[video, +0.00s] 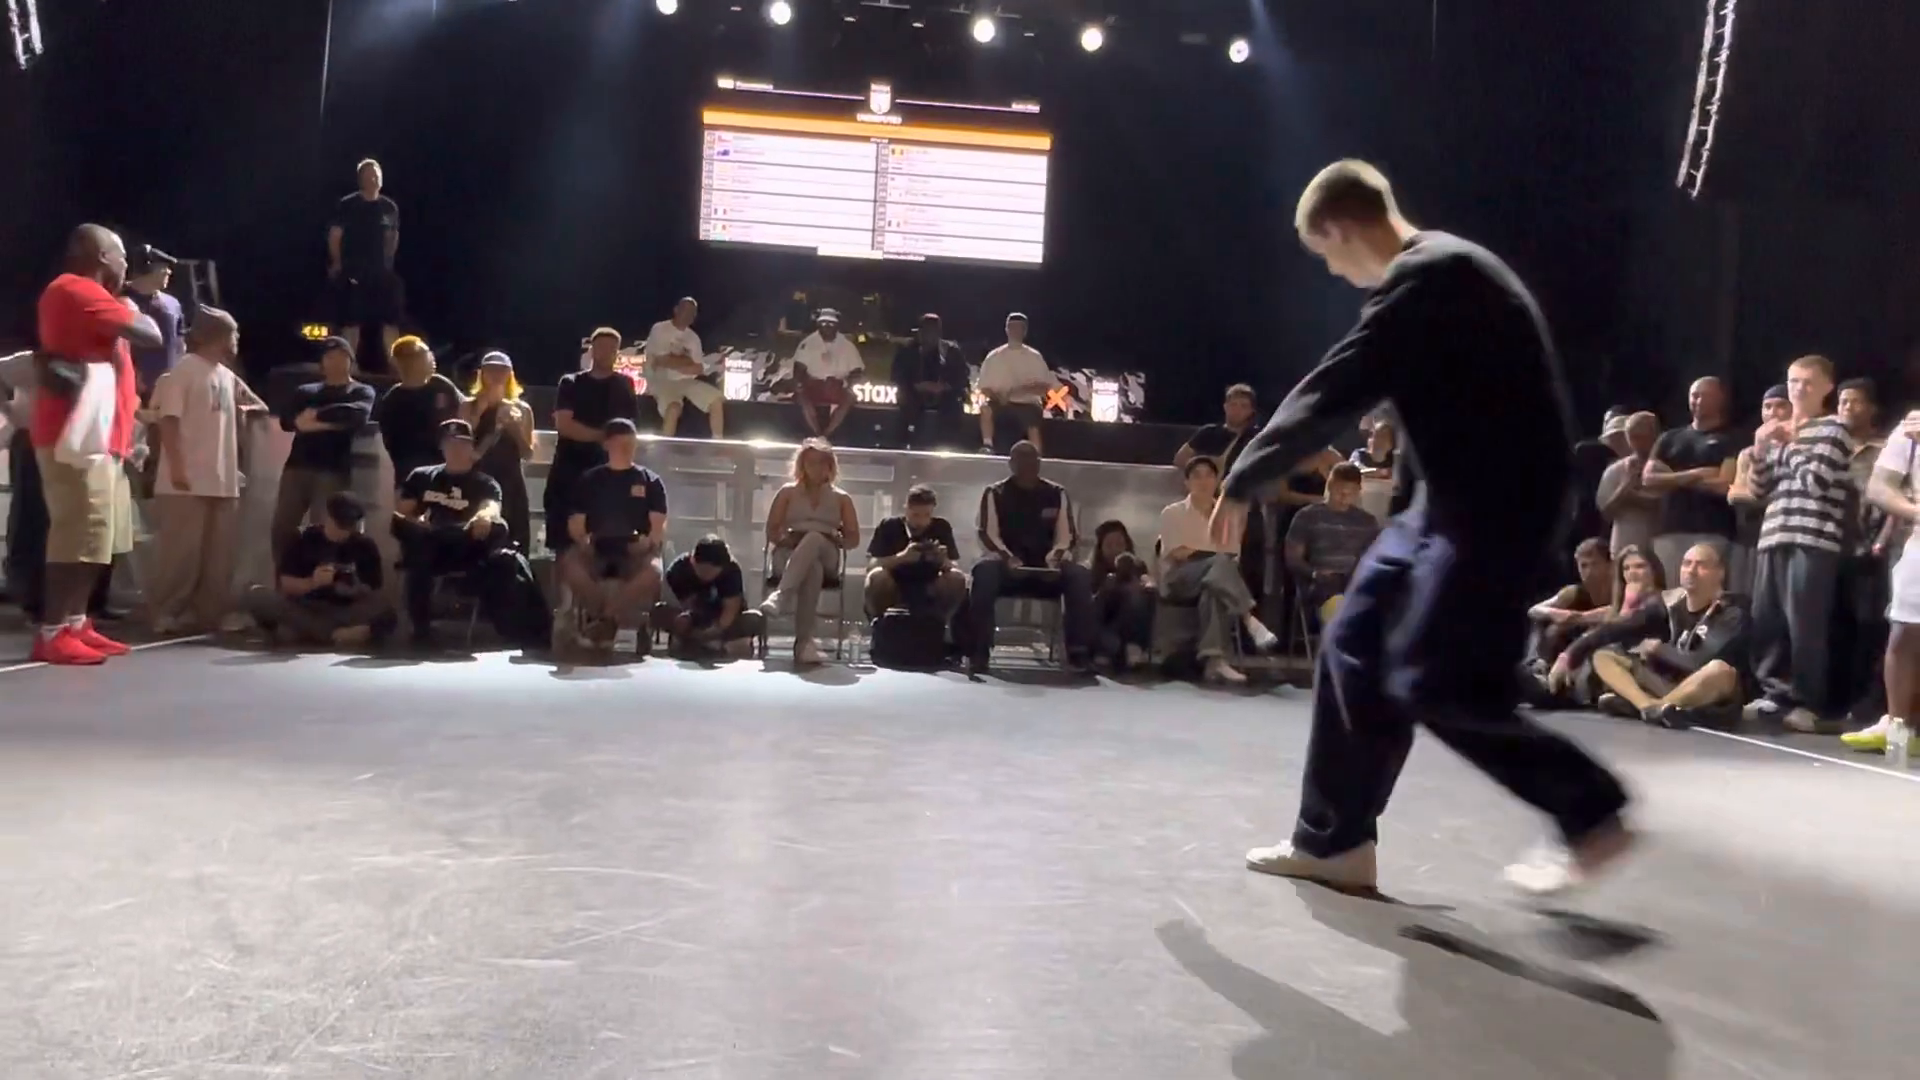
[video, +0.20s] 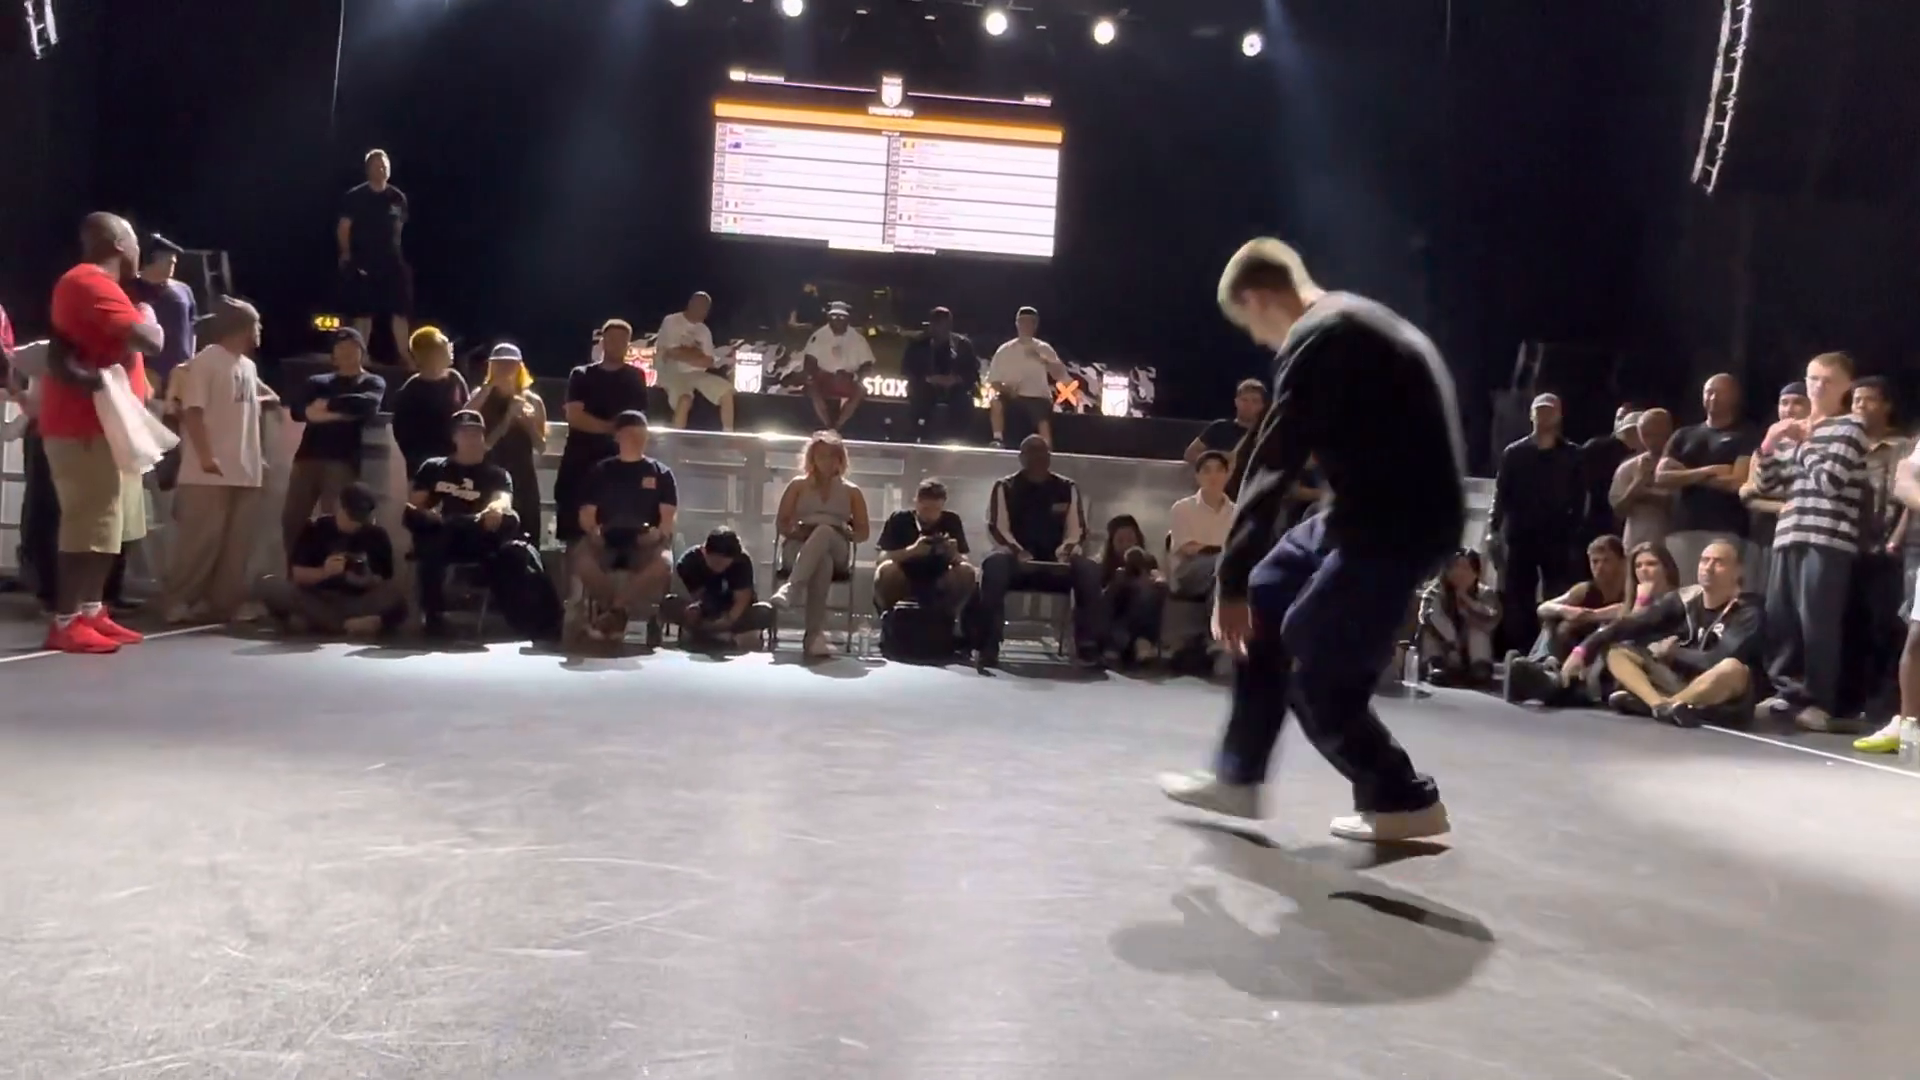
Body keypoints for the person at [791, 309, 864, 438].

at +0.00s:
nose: (827, 328)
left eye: (831, 325)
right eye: (824, 325)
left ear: (836, 327)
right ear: (819, 326)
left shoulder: (846, 345)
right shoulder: (808, 343)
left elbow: (857, 370)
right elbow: (799, 366)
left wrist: (847, 382)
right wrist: (800, 381)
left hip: (836, 384)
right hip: (813, 383)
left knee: (849, 398)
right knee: (802, 397)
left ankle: (827, 434)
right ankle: (817, 434)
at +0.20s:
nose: (837, 323)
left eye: (841, 319)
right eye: (834, 319)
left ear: (847, 320)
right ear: (829, 319)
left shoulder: (857, 338)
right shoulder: (819, 335)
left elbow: (867, 362)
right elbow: (809, 359)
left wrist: (859, 378)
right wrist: (812, 374)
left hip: (847, 377)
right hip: (824, 375)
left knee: (860, 391)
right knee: (812, 389)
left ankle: (837, 426)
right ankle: (828, 426)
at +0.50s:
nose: (852, 318)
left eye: (855, 314)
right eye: (849, 314)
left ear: (861, 312)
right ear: (843, 312)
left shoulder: (870, 329)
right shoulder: (833, 326)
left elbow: (881, 354)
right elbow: (822, 350)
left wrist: (871, 364)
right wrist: (831, 362)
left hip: (862, 368)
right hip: (838, 366)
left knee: (873, 382)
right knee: (825, 378)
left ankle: (850, 418)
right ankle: (840, 417)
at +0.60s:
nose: (855, 317)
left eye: (859, 314)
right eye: (852, 314)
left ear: (864, 312)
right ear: (846, 312)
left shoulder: (873, 326)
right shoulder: (836, 324)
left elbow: (886, 353)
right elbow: (825, 354)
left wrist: (869, 354)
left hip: (866, 369)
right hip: (841, 368)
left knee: (876, 381)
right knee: (828, 376)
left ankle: (854, 417)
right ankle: (844, 416)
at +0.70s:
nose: (857, 316)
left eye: (861, 313)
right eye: (854, 312)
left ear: (867, 310)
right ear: (848, 310)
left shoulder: (876, 325)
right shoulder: (839, 323)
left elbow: (887, 354)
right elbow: (827, 352)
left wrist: (871, 348)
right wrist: (850, 348)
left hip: (870, 368)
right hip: (844, 368)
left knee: (879, 379)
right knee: (831, 374)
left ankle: (856, 415)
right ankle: (846, 414)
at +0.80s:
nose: (860, 315)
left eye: (863, 311)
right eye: (856, 311)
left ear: (869, 309)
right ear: (850, 308)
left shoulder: (877, 323)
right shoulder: (841, 321)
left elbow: (888, 352)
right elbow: (829, 350)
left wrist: (873, 344)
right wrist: (851, 344)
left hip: (871, 367)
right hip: (845, 366)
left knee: (881, 377)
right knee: (833, 372)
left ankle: (858, 414)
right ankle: (848, 412)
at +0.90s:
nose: (862, 315)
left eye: (865, 312)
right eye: (858, 312)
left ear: (870, 309)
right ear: (852, 309)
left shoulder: (880, 323)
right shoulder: (842, 321)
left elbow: (891, 352)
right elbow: (831, 351)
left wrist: (877, 342)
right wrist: (853, 342)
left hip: (872, 367)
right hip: (847, 365)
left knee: (883, 377)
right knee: (834, 371)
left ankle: (859, 413)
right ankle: (849, 412)